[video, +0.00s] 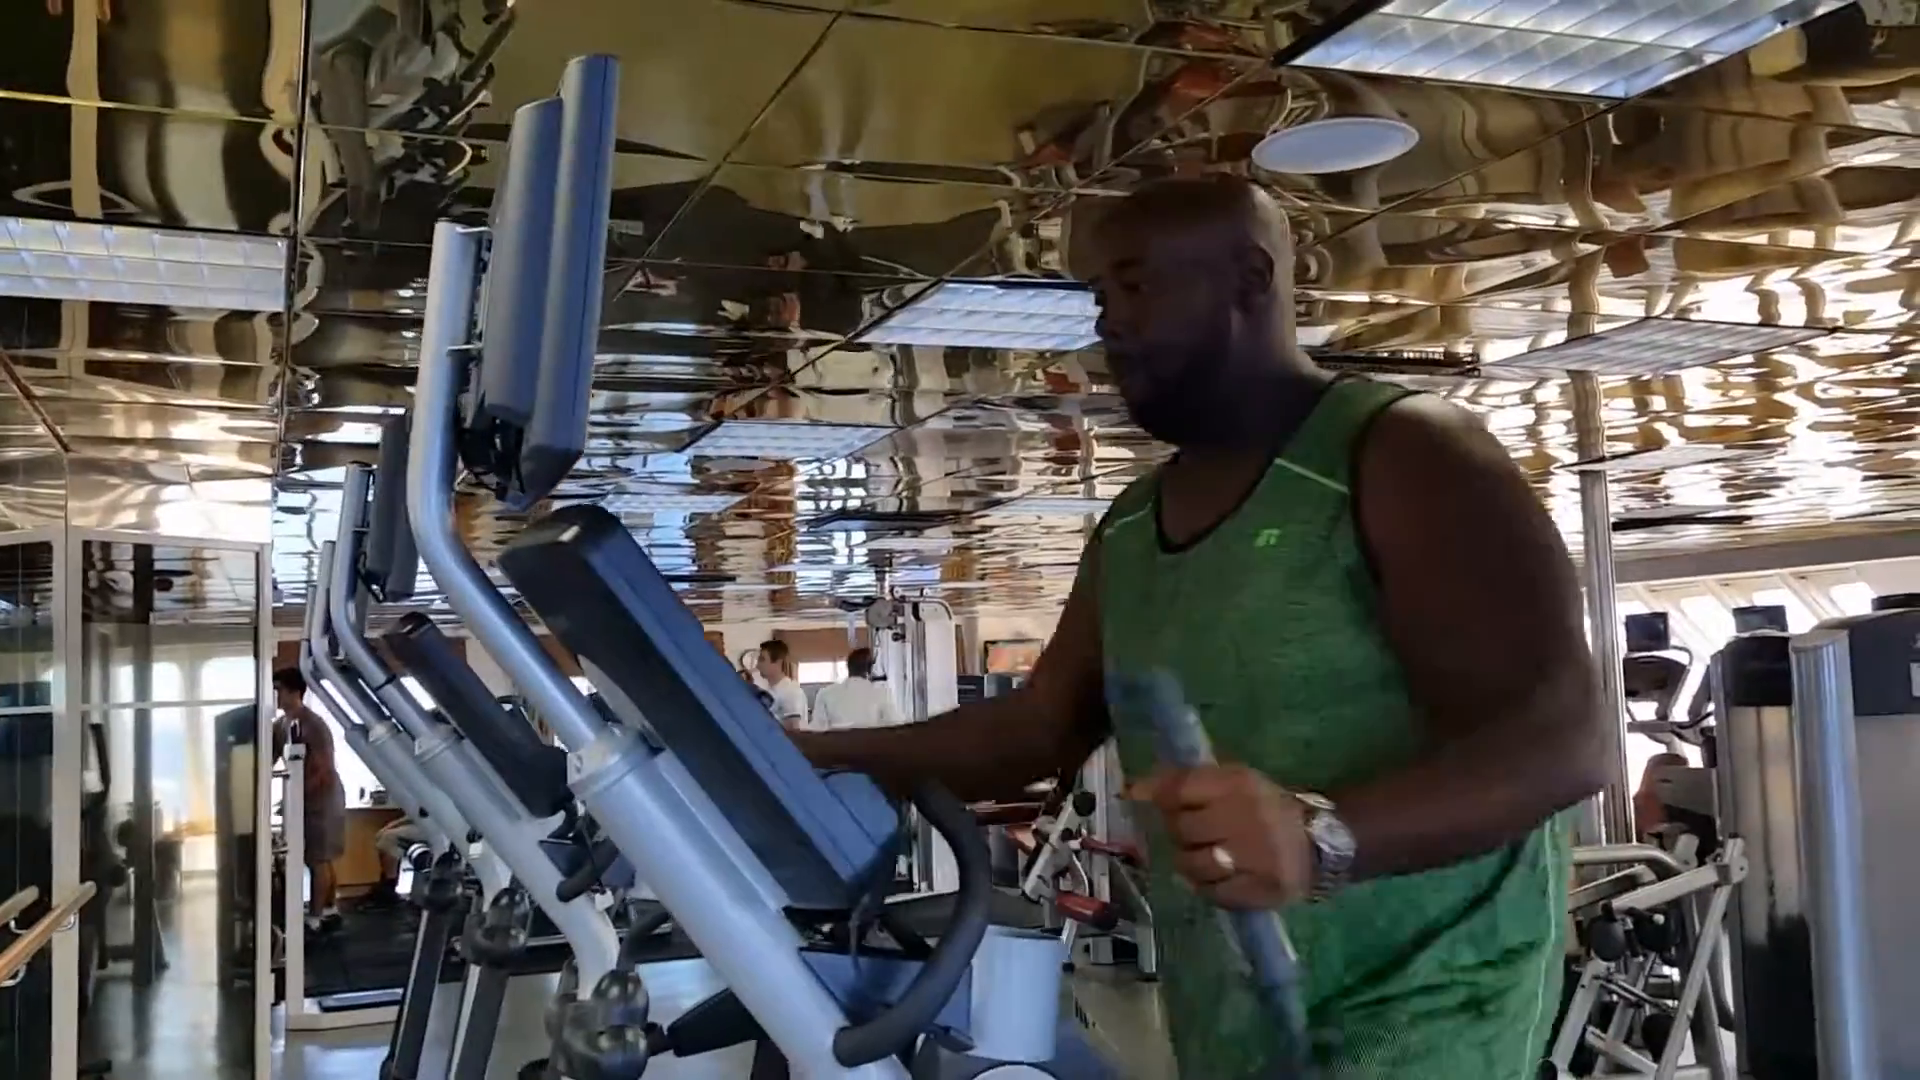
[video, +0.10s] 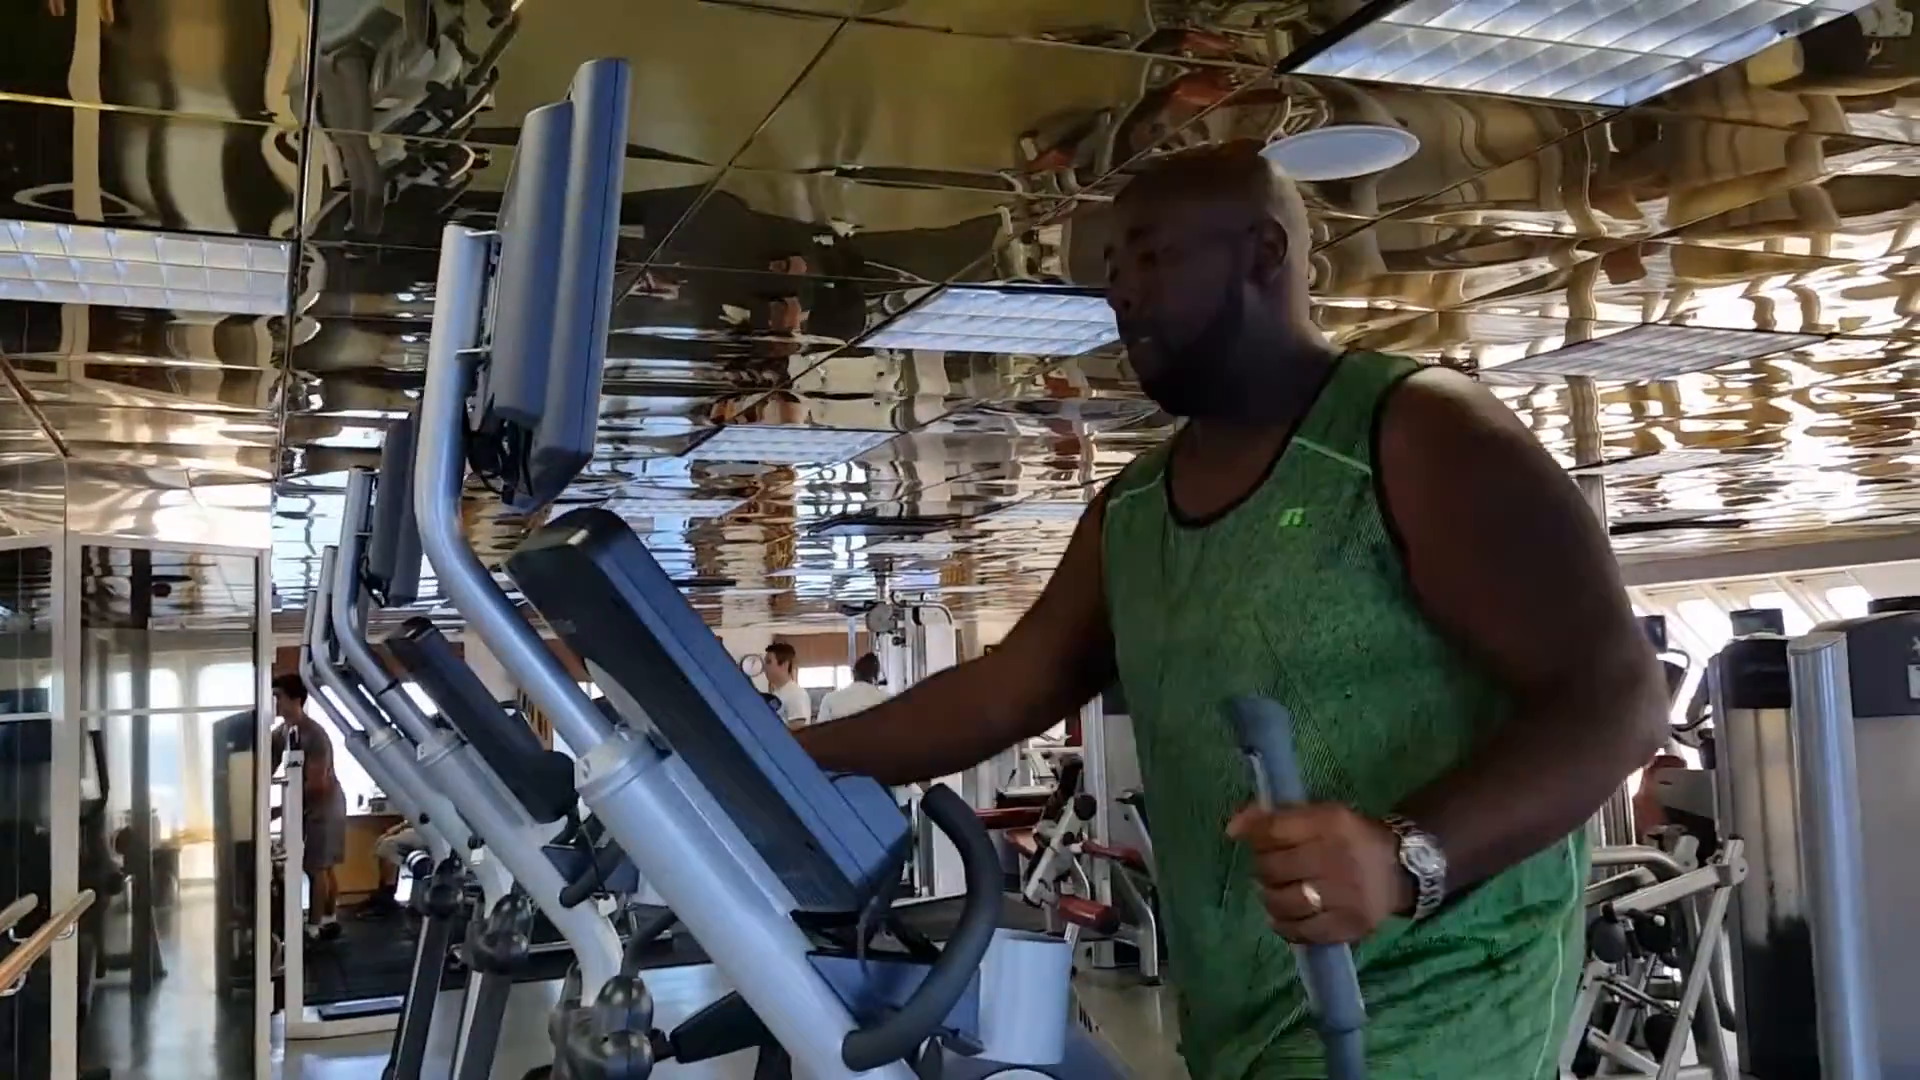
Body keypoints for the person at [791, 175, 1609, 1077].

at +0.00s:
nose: (1103, 328)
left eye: (1130, 285)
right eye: (1097, 298)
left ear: (1250, 285)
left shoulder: (1414, 461)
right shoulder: (1129, 533)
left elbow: (1568, 739)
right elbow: (1038, 732)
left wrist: (1327, 835)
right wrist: (818, 755)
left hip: (1426, 1009)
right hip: (1221, 1014)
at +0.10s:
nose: (1119, 295)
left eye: (1149, 258)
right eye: (1115, 270)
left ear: (1260, 259)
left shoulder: (1424, 432)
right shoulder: (1132, 511)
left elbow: (1619, 693)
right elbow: (1007, 689)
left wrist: (1414, 858)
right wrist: (793, 754)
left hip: (1439, 1010)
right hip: (1230, 1016)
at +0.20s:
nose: (1119, 269)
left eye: (1154, 229)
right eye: (1124, 234)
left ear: (1273, 230)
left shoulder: (1432, 404)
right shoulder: (1138, 494)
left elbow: (1631, 667)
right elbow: (974, 673)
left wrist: (1436, 861)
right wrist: (768, 764)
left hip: (1462, 1017)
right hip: (1252, 1020)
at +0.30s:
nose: (1127, 258)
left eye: (1158, 213)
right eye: (1120, 227)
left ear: (1286, 214)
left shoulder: (1447, 388)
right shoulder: (1151, 487)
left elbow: (1631, 660)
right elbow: (1001, 664)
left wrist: (1409, 842)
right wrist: (788, 763)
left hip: (1491, 1021)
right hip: (1260, 1023)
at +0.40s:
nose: (1151, 284)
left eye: (1189, 243)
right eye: (1151, 252)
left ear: (1308, 245)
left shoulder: (1462, 423)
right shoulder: (1176, 512)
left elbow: (1622, 702)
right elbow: (1056, 688)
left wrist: (1344, 838)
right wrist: (828, 766)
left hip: (1514, 1036)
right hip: (1269, 1040)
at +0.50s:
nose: (1173, 334)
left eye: (1205, 294)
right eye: (1173, 304)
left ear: (1324, 300)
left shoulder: (1477, 481)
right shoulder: (1221, 545)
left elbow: (1576, 780)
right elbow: (1108, 746)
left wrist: (1258, 829)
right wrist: (892, 775)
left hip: (1513, 1053)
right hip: (1269, 1051)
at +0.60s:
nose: (1180, 336)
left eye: (1212, 299)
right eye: (1178, 306)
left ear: (1331, 305)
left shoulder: (1474, 485)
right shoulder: (1242, 525)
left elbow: (1490, 774)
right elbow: (1210, 728)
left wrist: (1172, 813)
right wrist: (1015, 796)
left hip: (1492, 1049)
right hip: (1289, 1046)